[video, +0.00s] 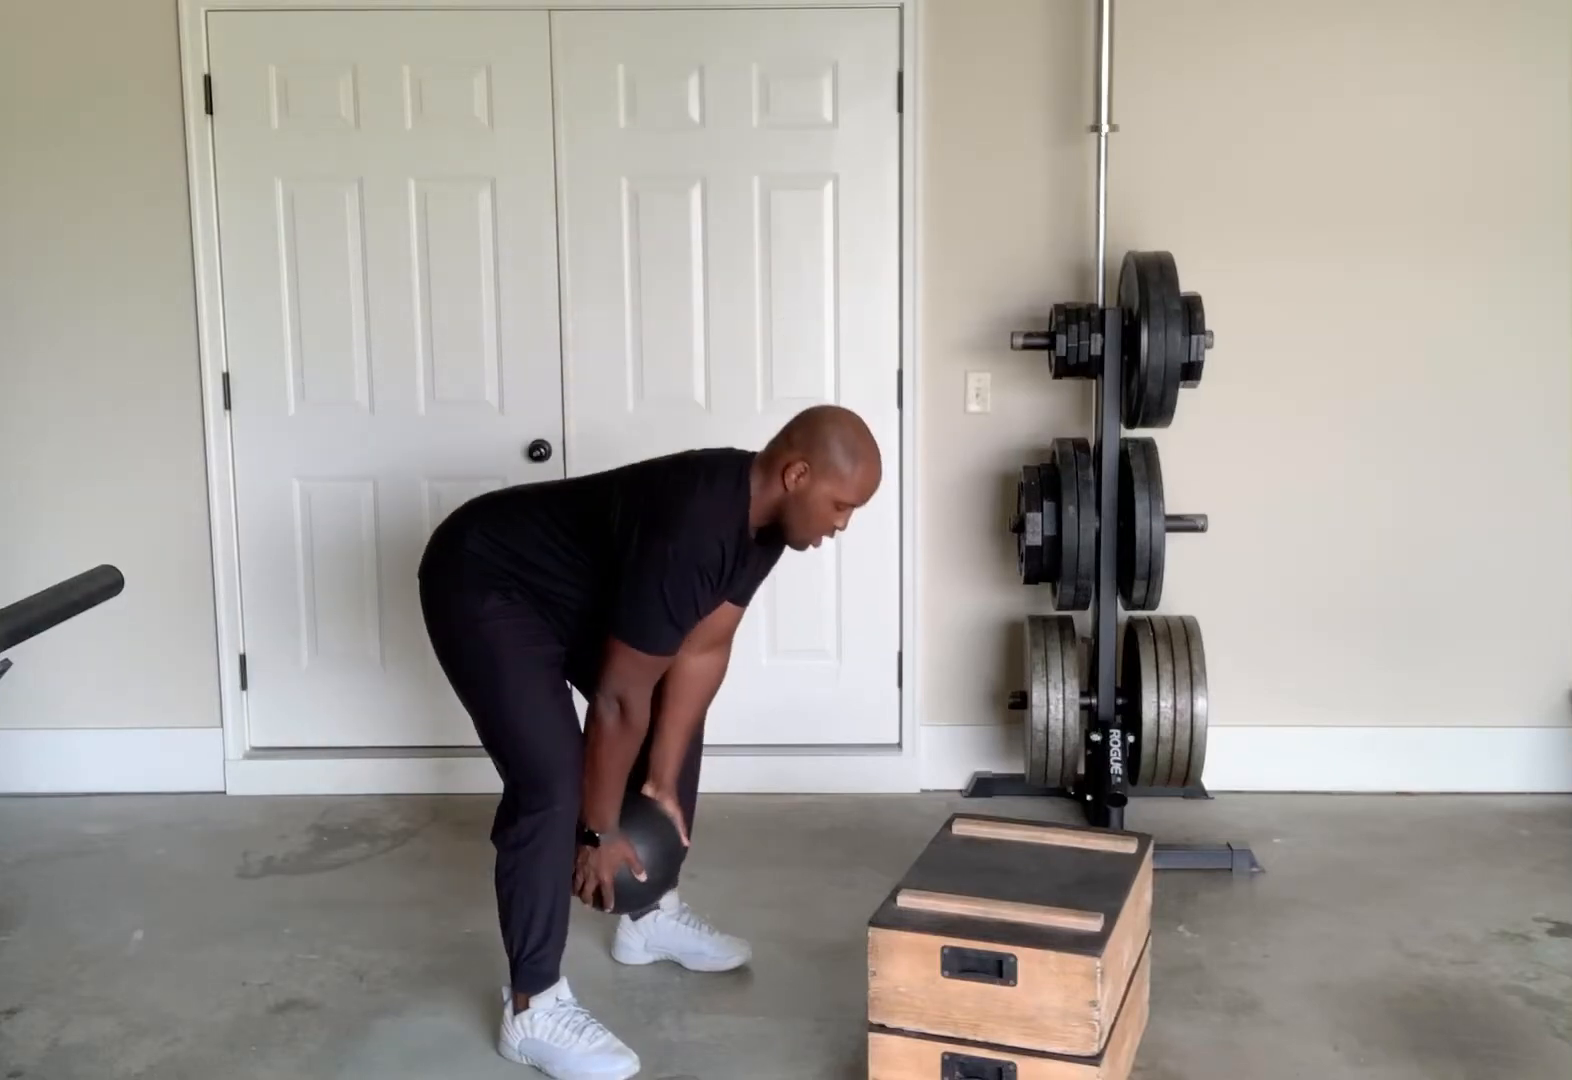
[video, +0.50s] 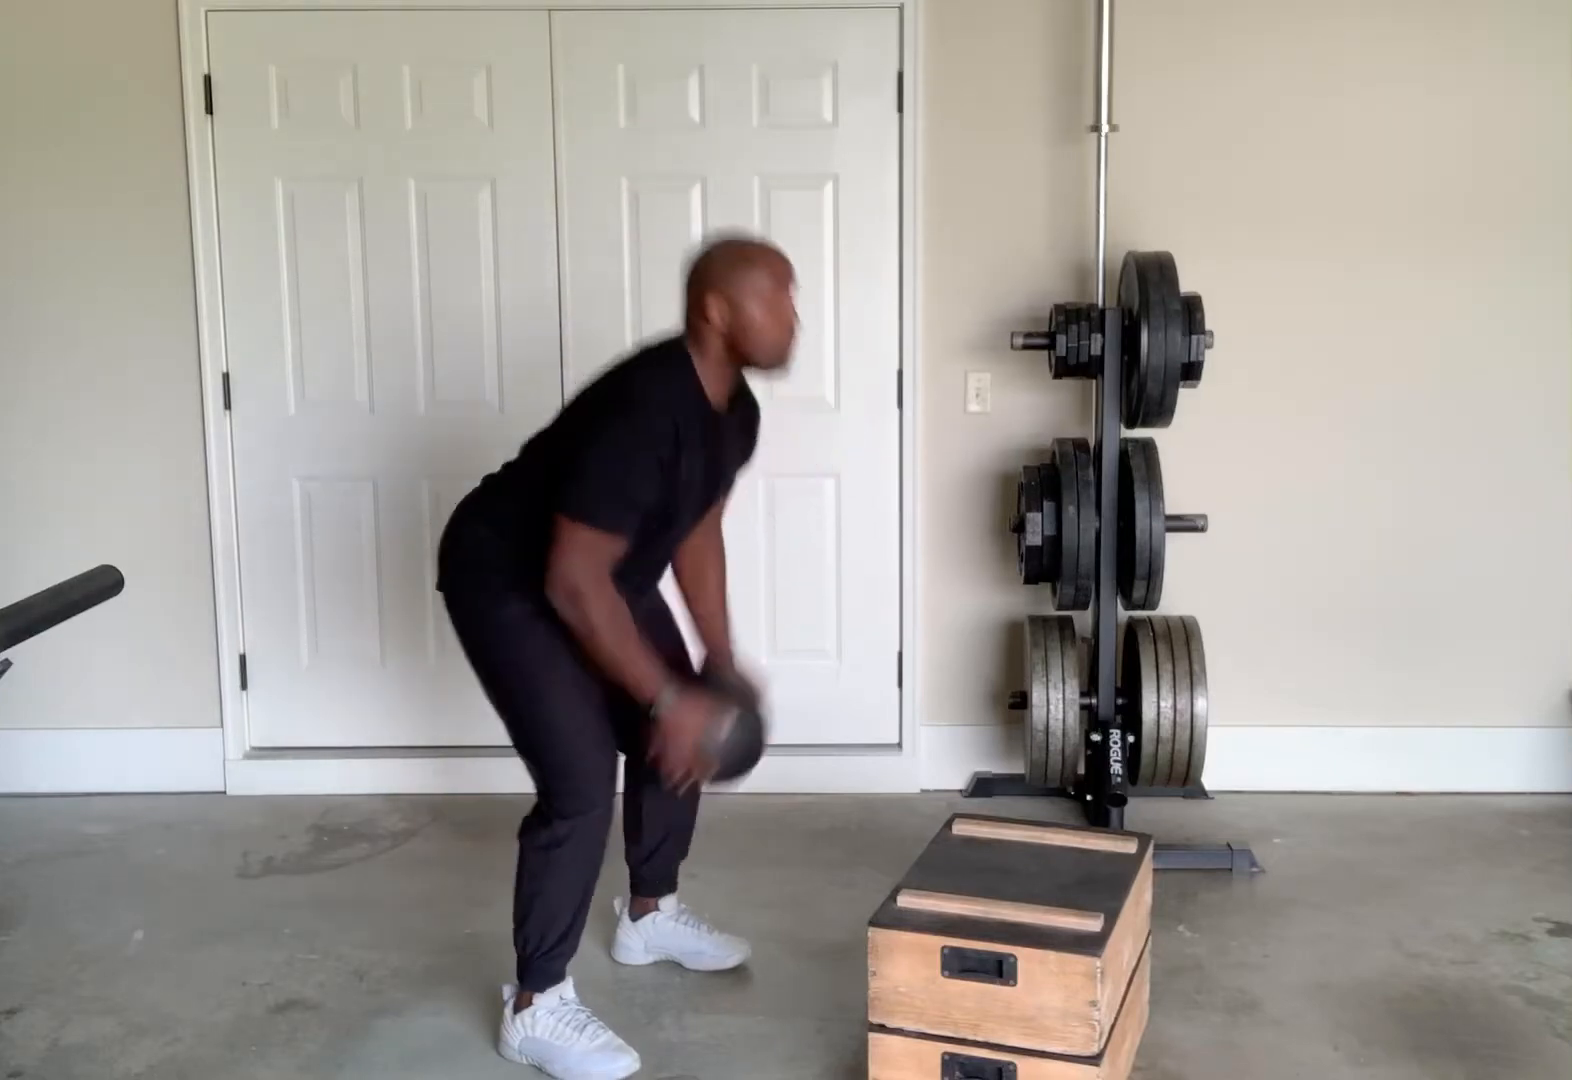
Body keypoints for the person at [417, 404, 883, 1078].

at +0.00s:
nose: (844, 526)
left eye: (852, 512)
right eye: (841, 506)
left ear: (798, 472)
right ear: (794, 472)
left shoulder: (765, 522)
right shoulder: (692, 521)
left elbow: (705, 649)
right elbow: (618, 701)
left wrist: (663, 788)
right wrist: (596, 831)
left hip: (565, 583)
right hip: (478, 577)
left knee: (676, 716)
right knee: (549, 780)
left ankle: (645, 914)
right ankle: (533, 1004)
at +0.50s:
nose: (794, 315)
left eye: (792, 296)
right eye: (778, 296)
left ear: (731, 313)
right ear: (718, 310)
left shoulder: (736, 409)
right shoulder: (647, 403)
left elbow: (698, 531)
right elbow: (573, 577)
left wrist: (718, 658)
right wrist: (666, 700)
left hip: (602, 567)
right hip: (502, 570)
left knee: (682, 717)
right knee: (580, 778)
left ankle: (649, 915)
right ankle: (536, 1002)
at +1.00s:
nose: (774, 158)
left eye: (772, 140)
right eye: (754, 141)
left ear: (752, 150)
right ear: (697, 147)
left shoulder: (749, 227)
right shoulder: (646, 212)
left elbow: (747, 72)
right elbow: (665, 35)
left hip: (789, 515)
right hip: (673, 537)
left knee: (953, 577)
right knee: (611, 766)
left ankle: (957, 814)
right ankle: (548, 991)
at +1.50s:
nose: (760, 146)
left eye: (767, 127)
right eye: (735, 123)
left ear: (763, 134)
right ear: (678, 126)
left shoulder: (741, 210)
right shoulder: (635, 210)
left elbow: (782, 95)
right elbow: (668, 30)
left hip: (816, 504)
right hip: (700, 529)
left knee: (980, 582)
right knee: (646, 758)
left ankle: (959, 812)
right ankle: (562, 977)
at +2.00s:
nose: (599, 183)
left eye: (599, 165)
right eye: (581, 165)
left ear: (553, 172)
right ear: (517, 171)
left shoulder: (587, 268)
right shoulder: (473, 299)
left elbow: (604, 403)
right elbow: (497, 467)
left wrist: (691, 410)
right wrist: (658, 420)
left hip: (672, 524)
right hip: (574, 574)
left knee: (839, 595)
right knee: (568, 776)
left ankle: (761, 795)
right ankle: (541, 994)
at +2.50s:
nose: (651, 200)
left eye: (655, 183)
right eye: (639, 180)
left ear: (604, 174)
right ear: (580, 169)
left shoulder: (629, 284)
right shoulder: (515, 283)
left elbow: (646, 413)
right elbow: (500, 446)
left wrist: (693, 517)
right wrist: (633, 528)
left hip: (629, 551)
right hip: (549, 555)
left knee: (632, 736)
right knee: (566, 757)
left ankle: (624, 913)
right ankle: (527, 989)